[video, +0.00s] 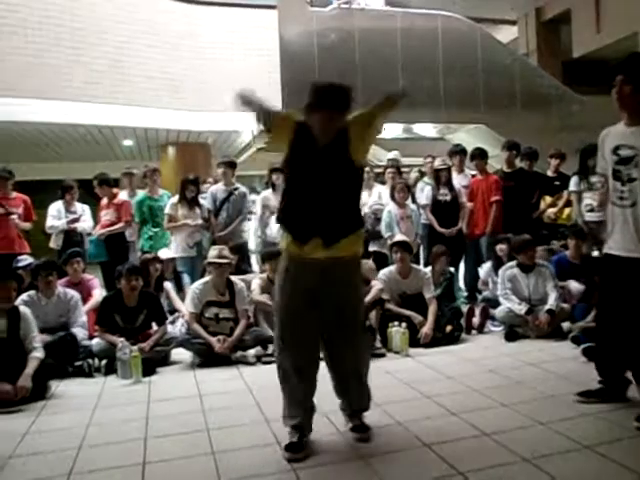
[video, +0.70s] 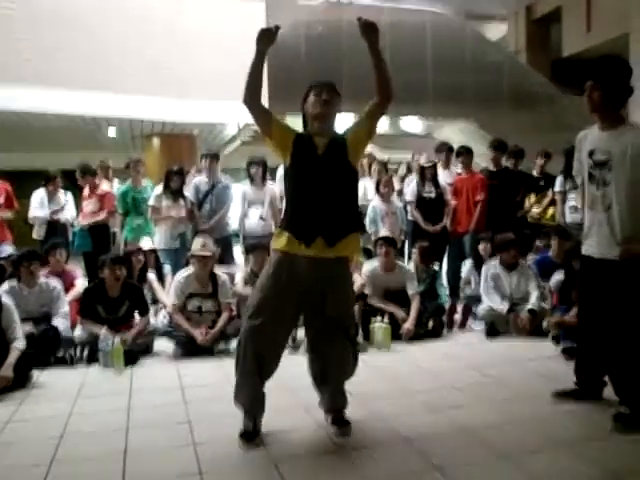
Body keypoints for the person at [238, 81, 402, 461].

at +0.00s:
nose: (323, 123)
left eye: (331, 116)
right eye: (318, 115)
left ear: (342, 116)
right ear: (309, 112)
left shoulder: (355, 135)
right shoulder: (292, 131)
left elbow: (379, 113)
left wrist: (393, 100)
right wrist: (253, 105)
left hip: (343, 259)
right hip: (297, 259)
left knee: (348, 341)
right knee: (293, 346)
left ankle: (354, 411)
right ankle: (297, 426)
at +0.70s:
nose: (321, 102)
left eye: (328, 98)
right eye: (315, 98)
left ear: (337, 109)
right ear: (303, 108)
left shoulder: (350, 145)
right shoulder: (290, 142)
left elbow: (384, 99)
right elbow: (253, 102)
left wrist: (374, 46)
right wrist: (261, 52)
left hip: (335, 260)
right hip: (289, 257)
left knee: (335, 340)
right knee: (257, 334)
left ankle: (336, 407)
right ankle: (250, 416)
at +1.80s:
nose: (271, 133)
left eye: (272, 127)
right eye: (263, 127)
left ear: (269, 138)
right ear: (240, 134)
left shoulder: (278, 185)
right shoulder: (222, 171)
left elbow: (288, 236)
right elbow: (214, 115)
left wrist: (294, 277)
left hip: (277, 286)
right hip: (234, 287)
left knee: (298, 366)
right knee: (245, 371)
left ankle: (306, 451)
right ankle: (252, 449)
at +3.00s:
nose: (320, 142)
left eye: (325, 138)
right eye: (313, 135)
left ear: (329, 145)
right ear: (295, 139)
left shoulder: (341, 172)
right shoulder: (276, 173)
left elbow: (380, 141)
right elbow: (244, 138)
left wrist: (377, 93)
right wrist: (262, 97)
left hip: (330, 291)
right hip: (283, 289)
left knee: (336, 371)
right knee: (262, 371)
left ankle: (330, 433)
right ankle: (255, 450)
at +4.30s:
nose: (296, 138)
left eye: (301, 132)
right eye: (289, 132)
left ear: (311, 137)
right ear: (276, 137)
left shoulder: (327, 173)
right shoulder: (260, 179)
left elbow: (373, 178)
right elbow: (245, 230)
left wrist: (353, 145)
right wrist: (256, 268)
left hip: (326, 286)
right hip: (281, 287)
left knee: (338, 369)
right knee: (285, 372)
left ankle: (330, 432)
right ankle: (278, 451)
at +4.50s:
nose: (287, 177)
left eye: (293, 170)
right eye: (280, 170)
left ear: (301, 171)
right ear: (266, 169)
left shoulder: (311, 200)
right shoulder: (249, 199)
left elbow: (360, 208)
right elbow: (205, 221)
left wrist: (336, 235)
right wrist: (222, 224)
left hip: (306, 292)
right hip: (266, 296)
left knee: (328, 307)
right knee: (275, 374)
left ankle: (324, 397)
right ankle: (277, 451)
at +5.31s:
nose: (275, 149)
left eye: (282, 141)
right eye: (267, 141)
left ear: (292, 140)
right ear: (255, 139)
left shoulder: (304, 169)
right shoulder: (235, 172)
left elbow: (342, 176)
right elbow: (189, 186)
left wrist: (370, 178)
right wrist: (148, 193)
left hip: (301, 282)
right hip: (258, 285)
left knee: (306, 361)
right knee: (262, 365)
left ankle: (303, 440)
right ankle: (279, 444)